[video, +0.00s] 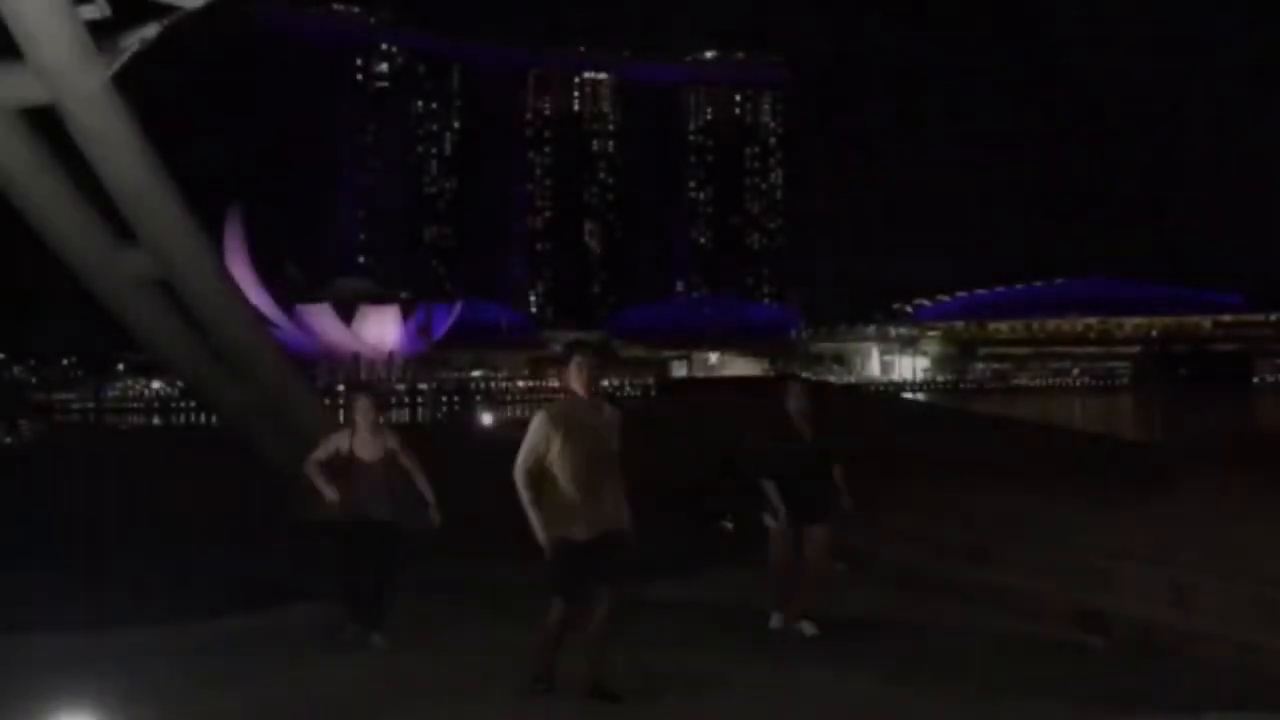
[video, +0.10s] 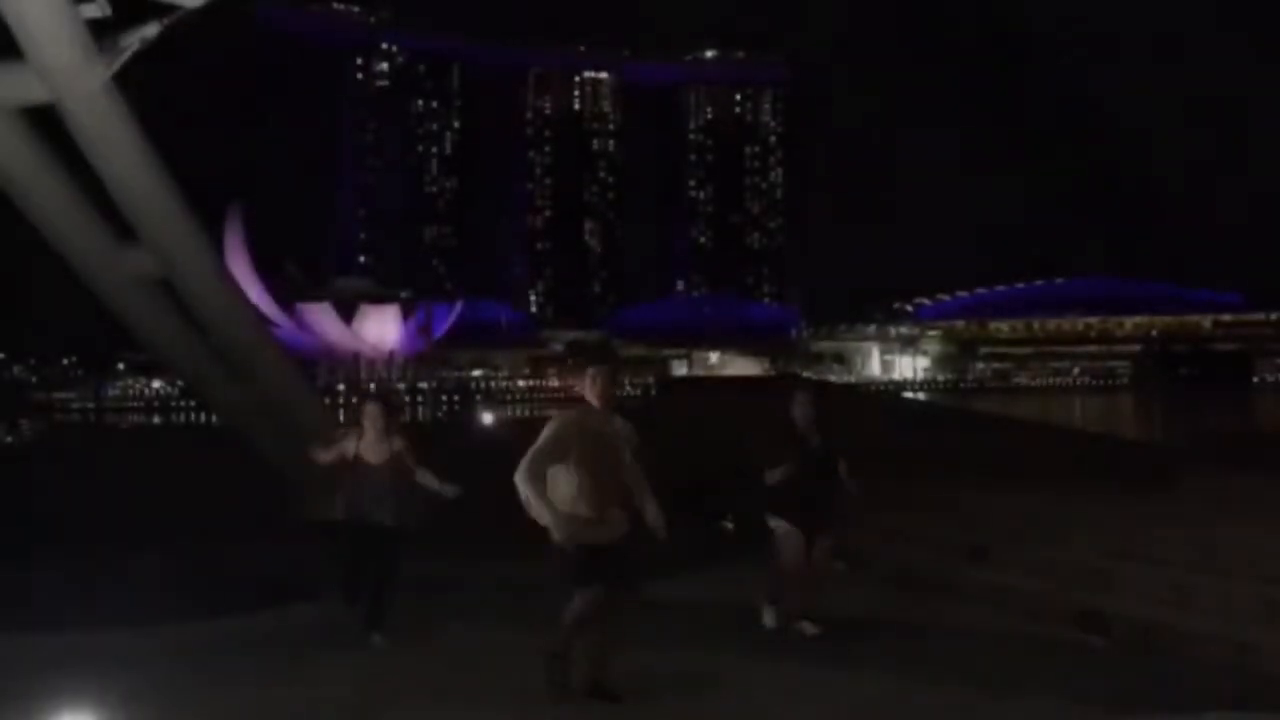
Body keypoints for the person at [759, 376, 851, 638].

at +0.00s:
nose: (799, 405)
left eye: (803, 399)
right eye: (794, 399)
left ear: (811, 401)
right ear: (785, 403)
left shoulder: (821, 431)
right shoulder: (776, 433)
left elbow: (834, 467)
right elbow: (766, 476)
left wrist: (843, 495)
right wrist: (779, 508)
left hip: (817, 504)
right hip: (784, 508)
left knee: (814, 562)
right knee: (781, 561)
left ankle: (801, 614)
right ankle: (778, 610)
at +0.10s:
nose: (803, 414)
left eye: (807, 408)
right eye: (798, 407)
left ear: (814, 410)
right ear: (790, 411)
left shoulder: (823, 441)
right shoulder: (781, 441)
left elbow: (838, 474)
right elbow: (768, 477)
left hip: (817, 509)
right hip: (785, 511)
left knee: (815, 566)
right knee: (792, 562)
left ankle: (803, 614)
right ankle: (771, 602)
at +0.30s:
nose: (808, 414)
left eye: (811, 409)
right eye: (803, 408)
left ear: (815, 411)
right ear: (795, 410)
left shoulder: (820, 438)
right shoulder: (791, 438)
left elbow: (827, 473)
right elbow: (777, 466)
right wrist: (790, 435)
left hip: (816, 508)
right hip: (792, 508)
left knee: (813, 565)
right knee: (799, 565)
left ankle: (805, 616)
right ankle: (793, 629)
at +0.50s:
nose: (804, 417)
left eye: (806, 410)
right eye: (798, 411)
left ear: (812, 414)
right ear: (790, 416)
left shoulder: (820, 446)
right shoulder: (786, 451)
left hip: (820, 514)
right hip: (796, 516)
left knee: (848, 555)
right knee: (816, 570)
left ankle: (801, 584)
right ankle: (796, 636)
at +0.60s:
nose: (804, 423)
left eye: (807, 417)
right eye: (798, 417)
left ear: (815, 420)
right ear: (789, 421)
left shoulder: (821, 450)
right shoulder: (782, 453)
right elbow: (779, 442)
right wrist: (790, 408)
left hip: (819, 517)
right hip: (789, 519)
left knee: (850, 554)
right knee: (815, 571)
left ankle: (810, 606)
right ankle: (795, 636)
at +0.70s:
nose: (808, 417)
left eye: (812, 412)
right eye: (803, 412)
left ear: (820, 414)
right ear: (795, 414)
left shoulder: (828, 439)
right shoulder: (788, 440)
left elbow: (851, 471)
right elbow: (769, 451)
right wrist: (791, 420)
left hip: (826, 511)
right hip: (793, 513)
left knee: (840, 557)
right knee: (808, 566)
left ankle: (823, 611)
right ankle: (795, 635)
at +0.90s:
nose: (811, 406)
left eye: (817, 400)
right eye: (807, 400)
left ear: (828, 402)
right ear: (802, 402)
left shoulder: (842, 433)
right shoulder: (793, 431)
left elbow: (857, 475)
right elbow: (775, 469)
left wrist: (855, 507)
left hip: (829, 507)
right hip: (794, 506)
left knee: (827, 564)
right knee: (790, 565)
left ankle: (833, 621)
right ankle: (778, 623)